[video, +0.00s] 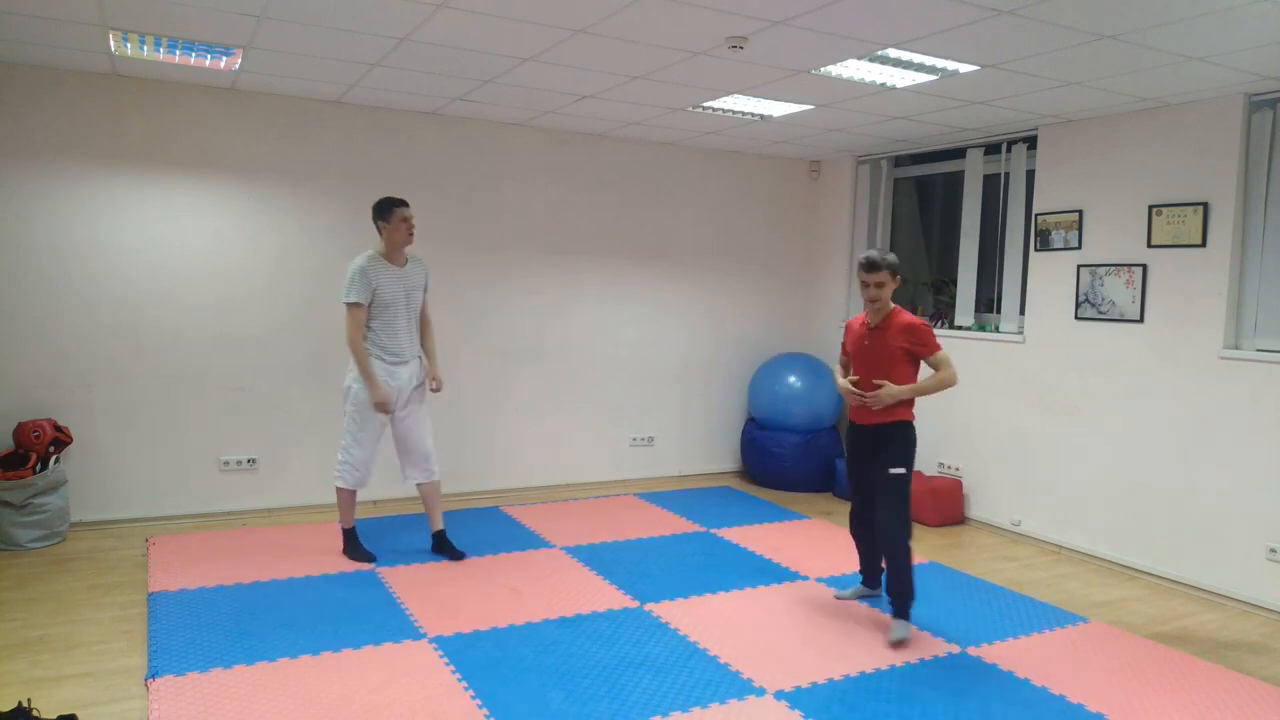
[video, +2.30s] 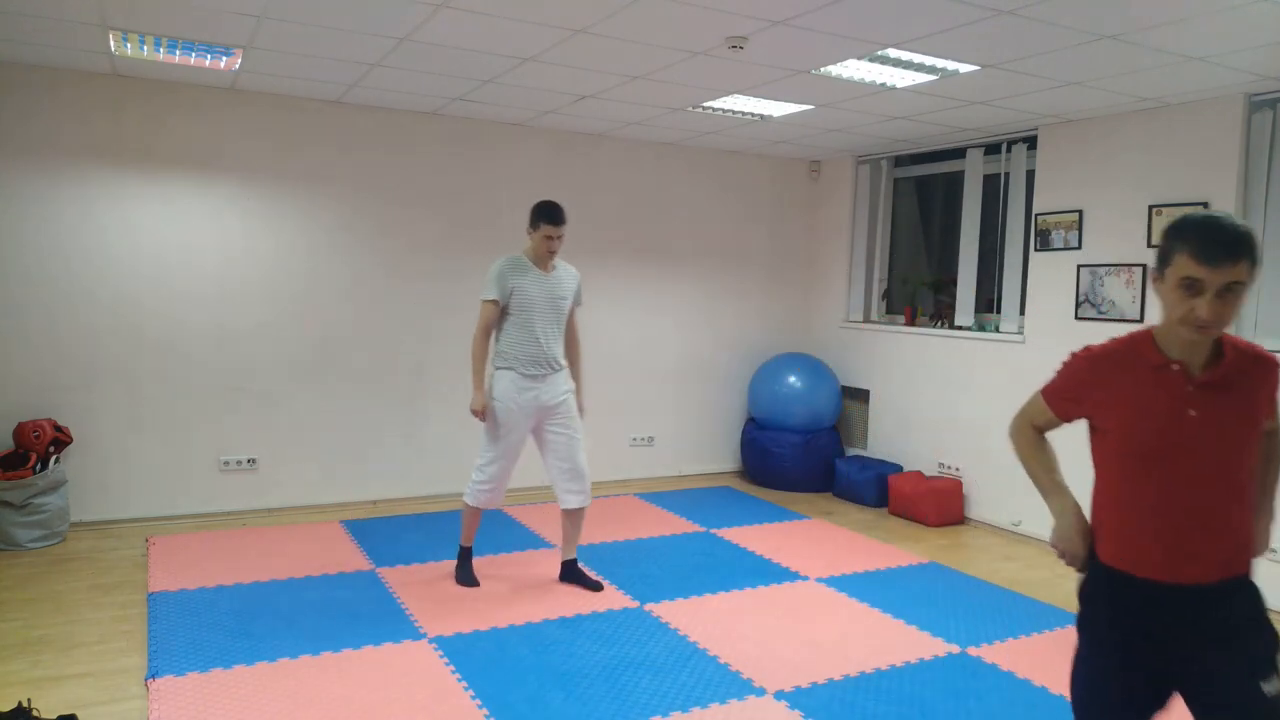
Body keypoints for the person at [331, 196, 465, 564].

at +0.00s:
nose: (412, 226)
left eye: (412, 220)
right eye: (405, 221)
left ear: (408, 226)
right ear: (383, 226)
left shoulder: (418, 269)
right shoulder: (364, 269)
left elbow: (423, 320)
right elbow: (354, 336)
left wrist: (432, 364)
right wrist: (373, 384)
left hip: (410, 372)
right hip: (371, 374)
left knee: (422, 453)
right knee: (356, 456)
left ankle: (438, 534)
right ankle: (349, 537)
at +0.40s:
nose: (458, 241)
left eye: (463, 235)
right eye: (453, 233)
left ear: (465, 236)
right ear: (435, 228)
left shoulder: (460, 275)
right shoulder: (406, 264)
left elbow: (463, 327)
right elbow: (388, 322)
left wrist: (472, 372)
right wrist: (415, 370)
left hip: (442, 371)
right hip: (401, 371)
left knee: (447, 452)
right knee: (388, 454)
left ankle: (442, 535)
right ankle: (360, 532)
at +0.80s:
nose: (483, 248)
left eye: (489, 243)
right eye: (479, 240)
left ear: (493, 242)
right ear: (463, 232)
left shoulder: (486, 280)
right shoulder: (431, 261)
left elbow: (485, 333)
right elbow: (397, 309)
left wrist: (489, 382)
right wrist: (379, 360)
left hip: (458, 371)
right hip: (418, 366)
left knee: (451, 453)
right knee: (414, 452)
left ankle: (443, 535)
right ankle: (413, 543)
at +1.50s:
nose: (479, 240)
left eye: (484, 233)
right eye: (472, 235)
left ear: (490, 230)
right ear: (455, 231)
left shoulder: (499, 268)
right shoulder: (438, 271)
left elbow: (508, 321)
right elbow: (425, 335)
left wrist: (514, 363)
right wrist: (434, 388)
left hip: (492, 375)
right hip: (454, 374)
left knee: (479, 459)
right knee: (448, 460)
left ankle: (447, 528)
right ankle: (455, 550)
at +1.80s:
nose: (486, 243)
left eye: (491, 236)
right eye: (479, 237)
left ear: (496, 230)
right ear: (461, 232)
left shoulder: (507, 266)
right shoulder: (446, 273)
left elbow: (515, 321)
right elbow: (438, 341)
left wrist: (528, 371)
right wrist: (450, 396)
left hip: (507, 377)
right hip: (467, 379)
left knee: (524, 463)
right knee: (455, 467)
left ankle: (505, 537)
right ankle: (456, 553)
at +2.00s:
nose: (507, 246)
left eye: (512, 238)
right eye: (500, 239)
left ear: (517, 234)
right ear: (482, 233)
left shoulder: (524, 267)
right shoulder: (463, 273)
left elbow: (528, 323)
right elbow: (448, 339)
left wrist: (536, 374)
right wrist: (453, 396)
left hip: (519, 380)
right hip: (477, 380)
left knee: (537, 465)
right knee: (463, 468)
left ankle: (562, 554)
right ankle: (457, 555)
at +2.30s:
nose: (554, 244)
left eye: (559, 238)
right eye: (547, 237)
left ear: (564, 237)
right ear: (530, 233)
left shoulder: (569, 277)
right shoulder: (507, 270)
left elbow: (570, 335)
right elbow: (483, 331)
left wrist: (577, 389)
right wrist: (479, 390)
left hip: (556, 385)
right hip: (511, 384)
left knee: (575, 472)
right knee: (491, 471)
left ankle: (569, 564)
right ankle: (464, 557)